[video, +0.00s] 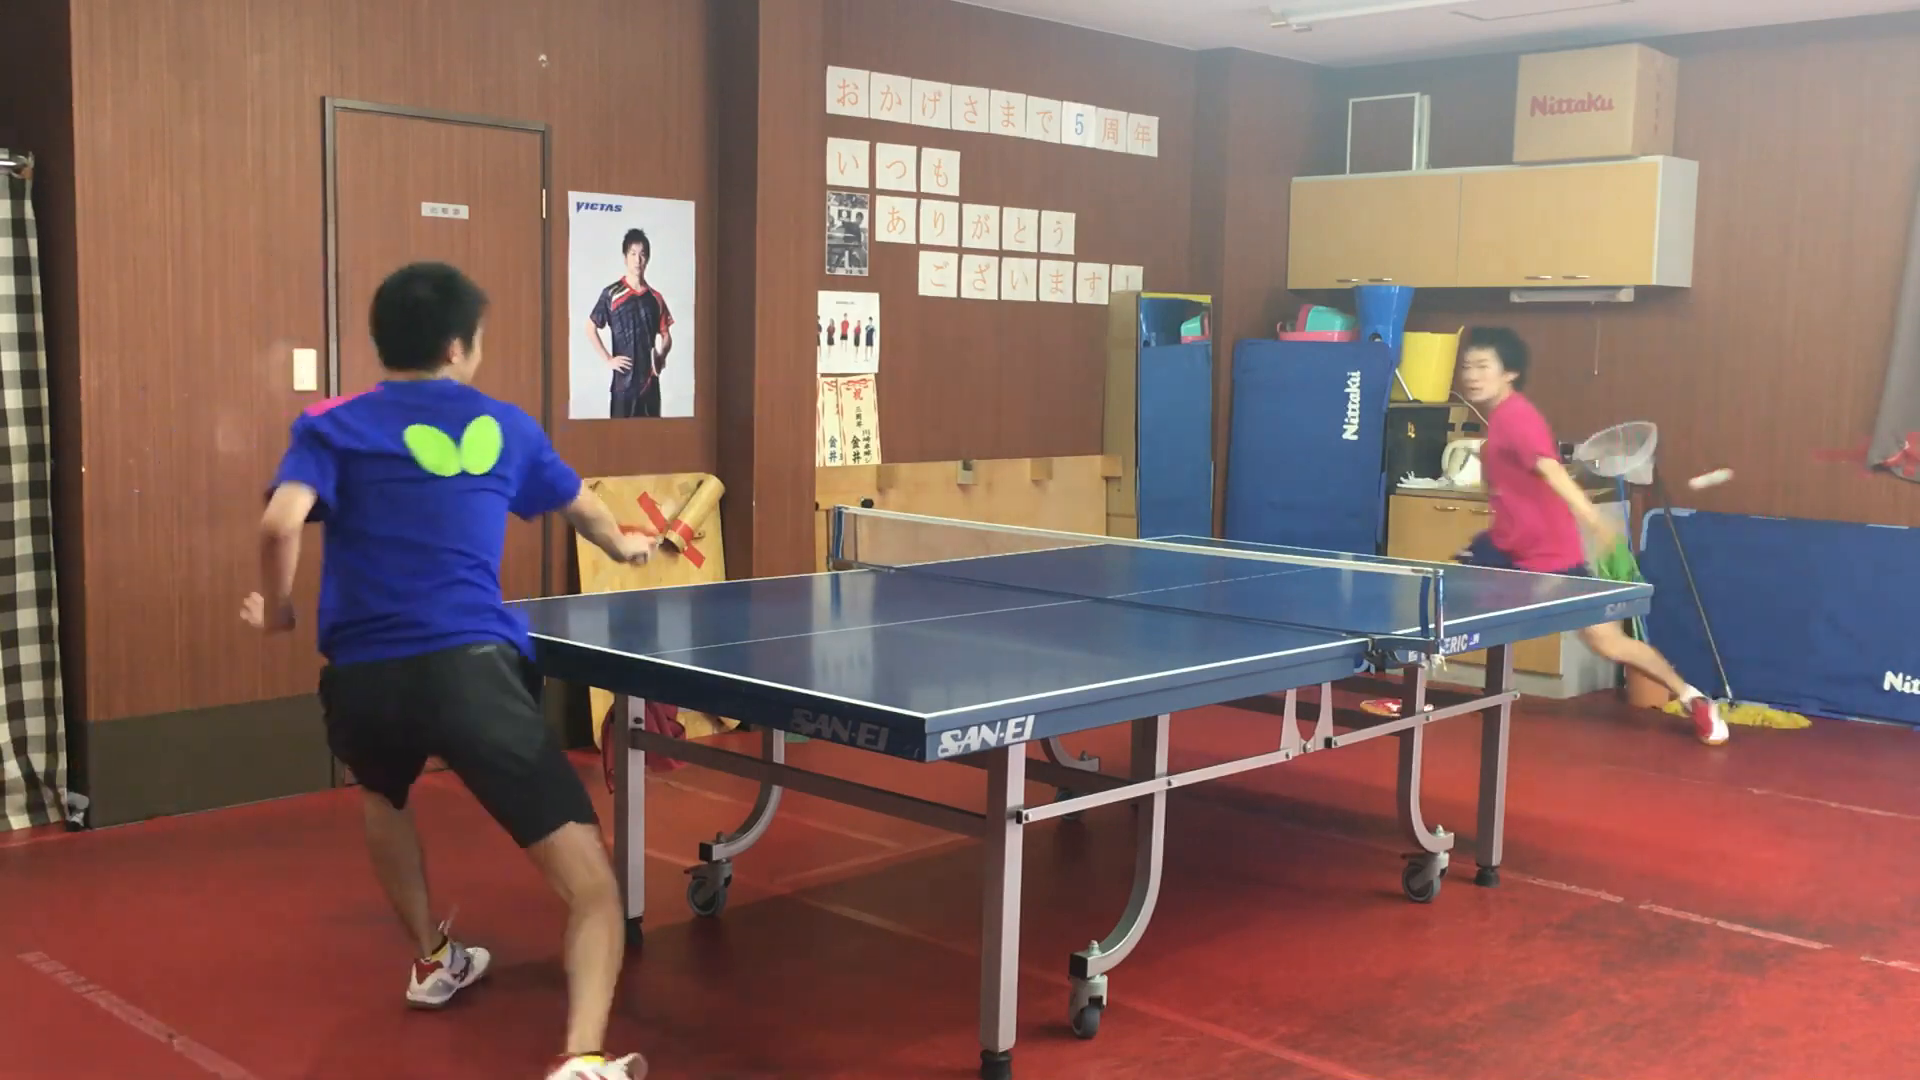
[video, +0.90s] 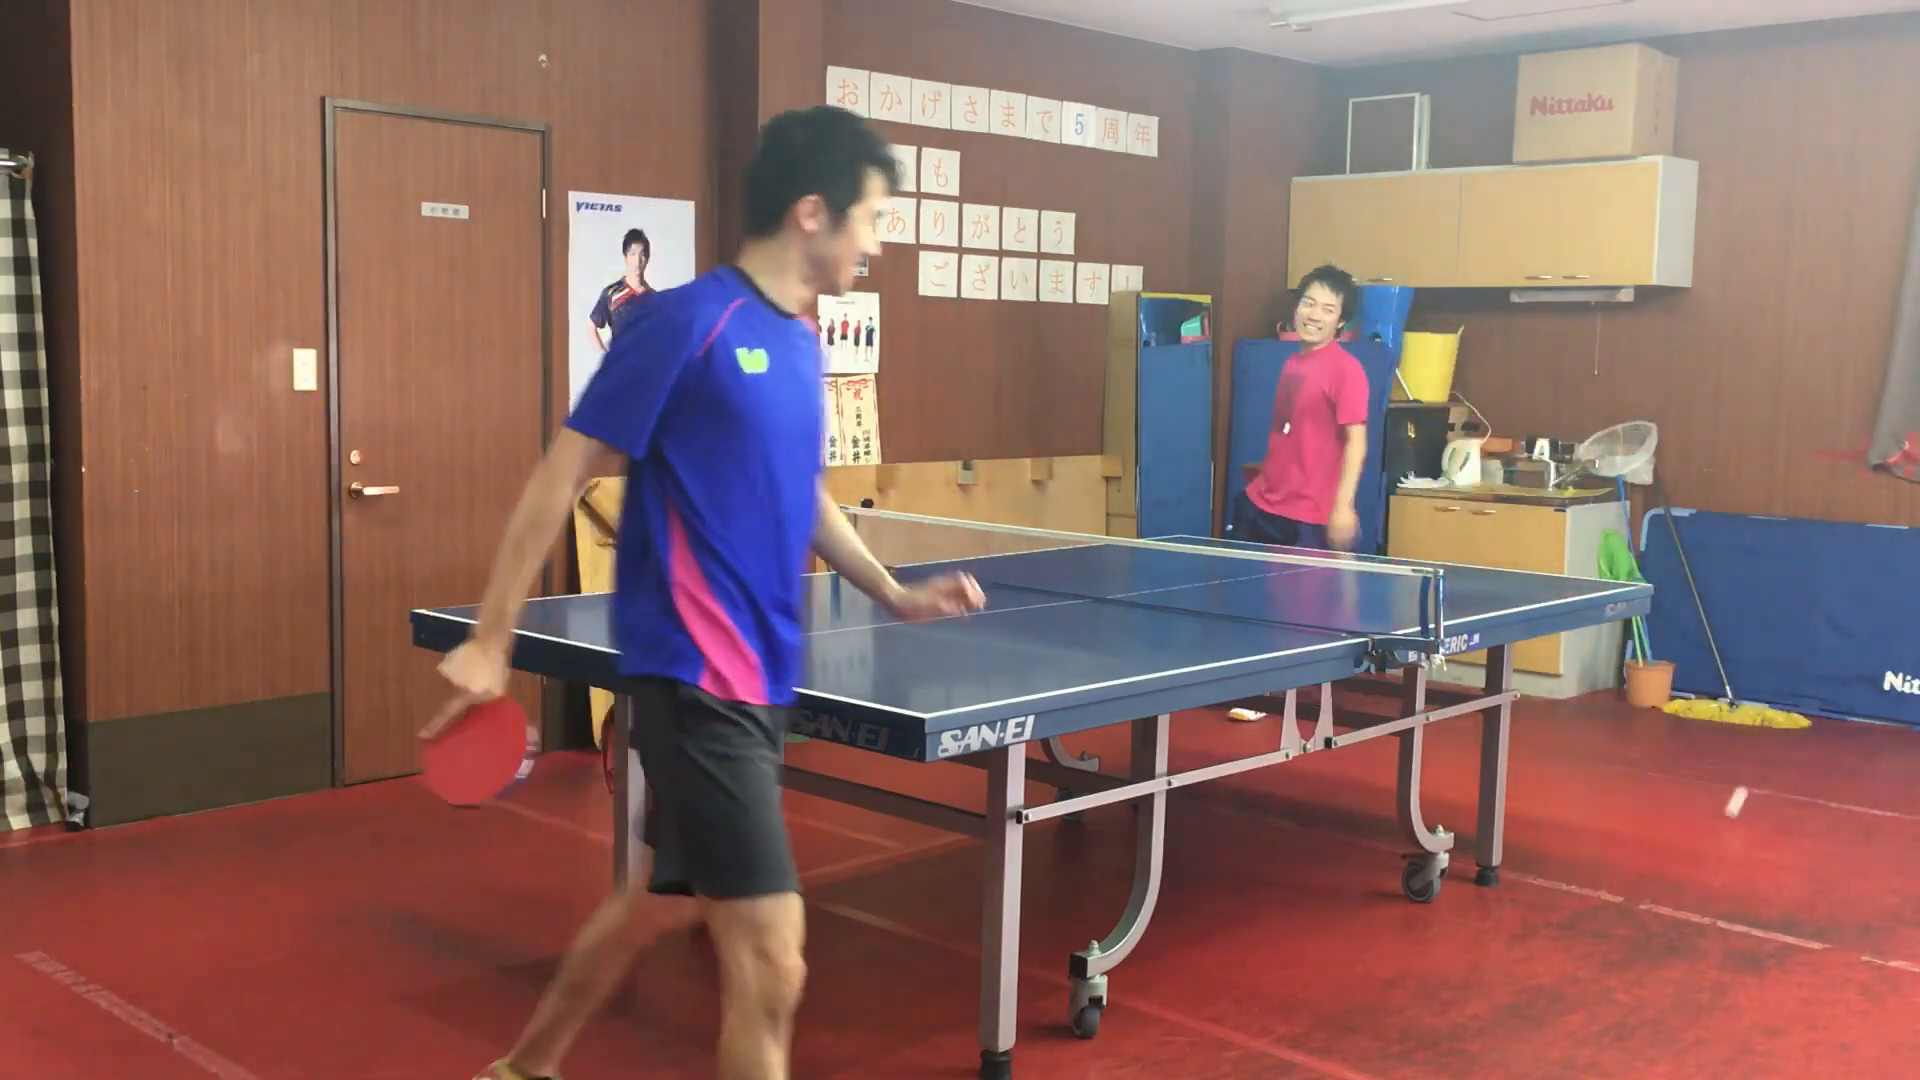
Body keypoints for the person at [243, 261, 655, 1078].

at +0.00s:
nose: (479, 355)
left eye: (477, 341)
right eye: (478, 342)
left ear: (384, 345)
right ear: (460, 347)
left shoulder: (333, 423)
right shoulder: (502, 425)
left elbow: (280, 520)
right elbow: (584, 509)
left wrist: (276, 608)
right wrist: (623, 545)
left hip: (361, 683)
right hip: (471, 675)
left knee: (383, 797)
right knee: (591, 889)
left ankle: (432, 959)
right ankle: (583, 1056)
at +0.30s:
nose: (590, 287)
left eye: (587, 269)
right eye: (582, 270)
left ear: (500, 275)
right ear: (546, 279)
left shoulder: (422, 362)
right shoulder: (576, 374)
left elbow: (348, 476)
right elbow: (619, 516)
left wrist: (394, 533)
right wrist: (716, 577)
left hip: (406, 633)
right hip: (497, 633)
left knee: (448, 791)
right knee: (639, 834)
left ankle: (396, 983)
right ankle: (584, 1060)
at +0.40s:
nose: (637, 286)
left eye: (636, 268)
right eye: (629, 268)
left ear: (544, 275)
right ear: (584, 278)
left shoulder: (487, 358)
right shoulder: (597, 378)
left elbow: (438, 470)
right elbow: (591, 511)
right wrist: (717, 604)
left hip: (438, 636)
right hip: (513, 650)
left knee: (461, 804)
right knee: (654, 867)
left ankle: (396, 985)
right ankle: (569, 1070)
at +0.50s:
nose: (688, 235)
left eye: (687, 216)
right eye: (681, 216)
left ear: (598, 223)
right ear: (635, 226)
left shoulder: (544, 309)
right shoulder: (619, 322)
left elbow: (547, 456)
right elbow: (550, 461)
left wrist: (653, 478)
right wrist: (628, 592)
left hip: (486, 604)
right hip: (553, 614)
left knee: (465, 813)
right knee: (647, 860)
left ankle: (431, 994)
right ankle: (572, 1068)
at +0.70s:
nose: (774, 208)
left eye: (776, 186)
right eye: (766, 184)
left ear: (704, 185)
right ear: (712, 183)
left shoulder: (671, 282)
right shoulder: (636, 274)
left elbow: (679, 416)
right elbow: (520, 415)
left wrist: (794, 456)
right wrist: (472, 590)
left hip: (619, 590)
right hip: (608, 594)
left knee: (572, 855)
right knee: (709, 868)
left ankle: (504, 1065)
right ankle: (646, 1069)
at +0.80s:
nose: (819, 248)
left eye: (822, 226)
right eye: (813, 223)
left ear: (751, 218)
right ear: (753, 218)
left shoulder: (727, 324)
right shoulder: (653, 310)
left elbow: (734, 463)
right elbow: (524, 452)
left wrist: (846, 526)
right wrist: (450, 623)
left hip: (680, 658)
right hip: (642, 662)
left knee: (578, 908)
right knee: (736, 930)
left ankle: (501, 1071)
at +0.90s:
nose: (879, 245)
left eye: (883, 222)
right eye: (873, 219)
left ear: (813, 214)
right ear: (808, 211)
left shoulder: (794, 334)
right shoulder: (683, 319)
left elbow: (796, 487)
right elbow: (563, 469)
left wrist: (894, 592)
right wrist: (489, 639)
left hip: (755, 684)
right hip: (691, 686)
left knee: (653, 899)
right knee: (768, 967)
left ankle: (522, 1066)